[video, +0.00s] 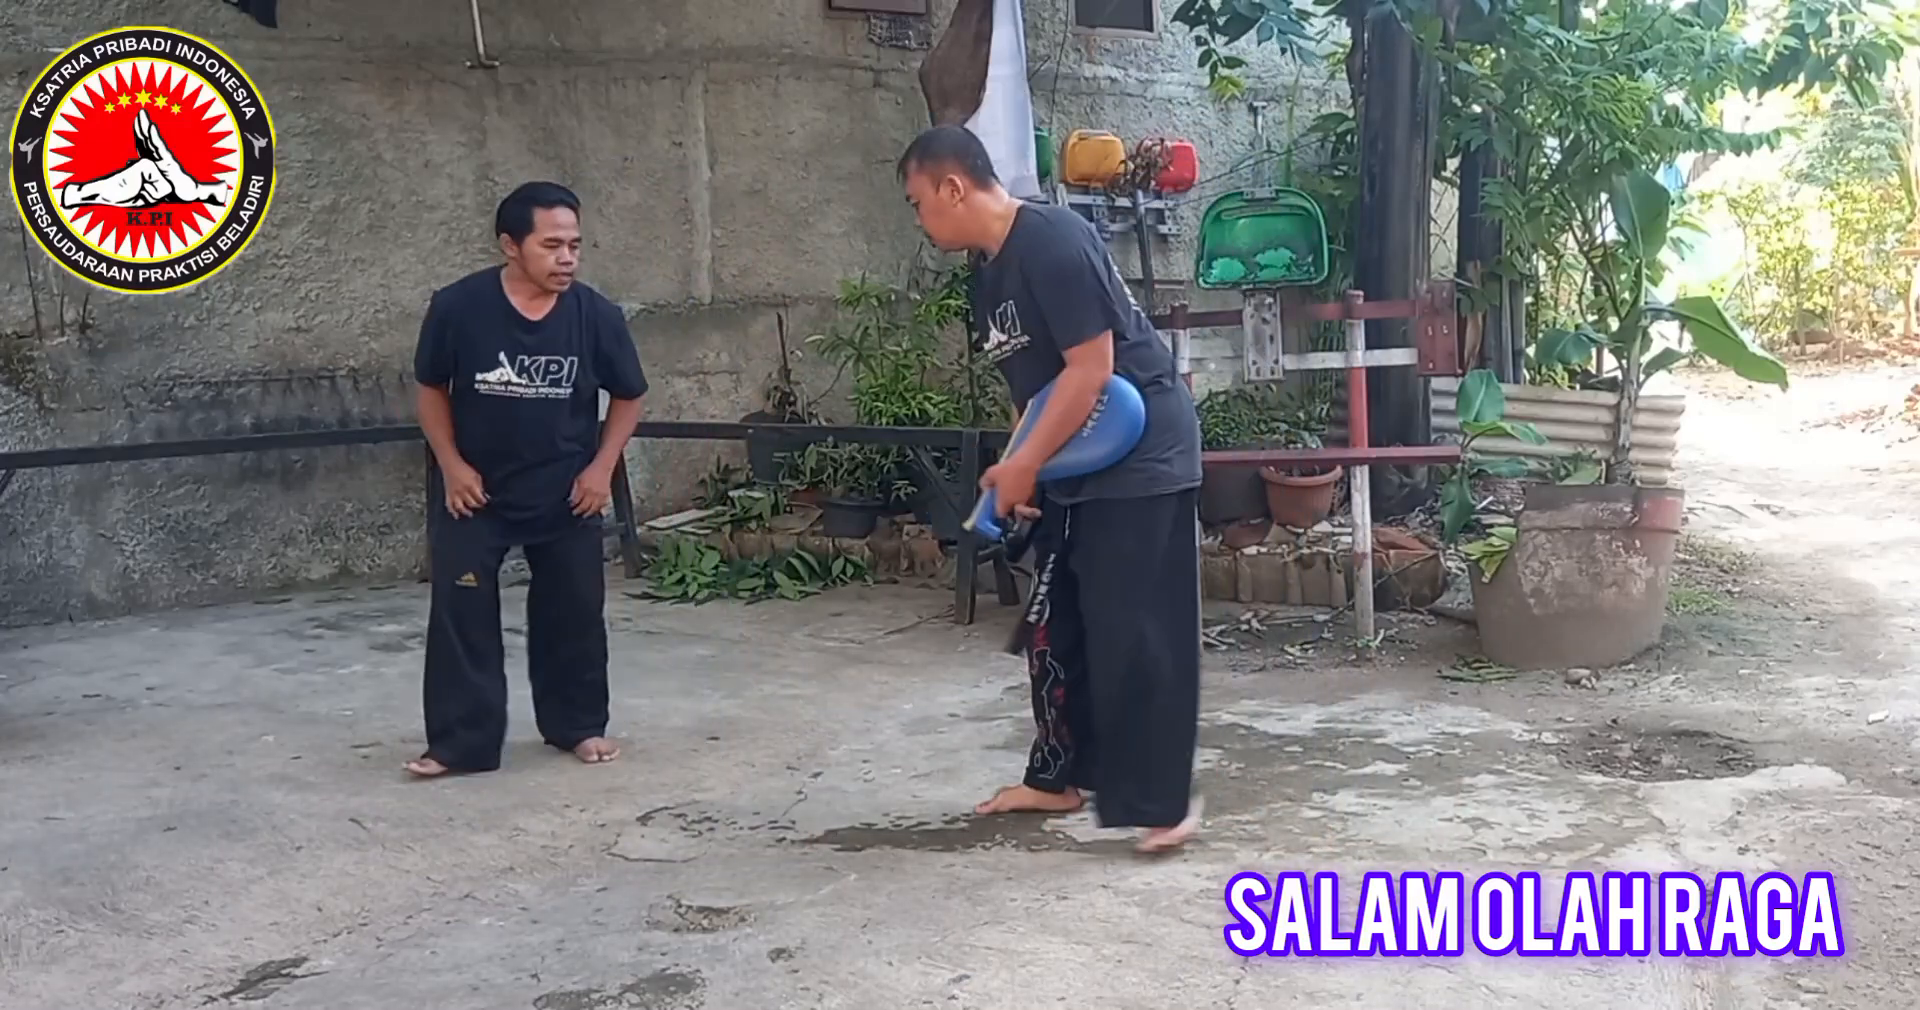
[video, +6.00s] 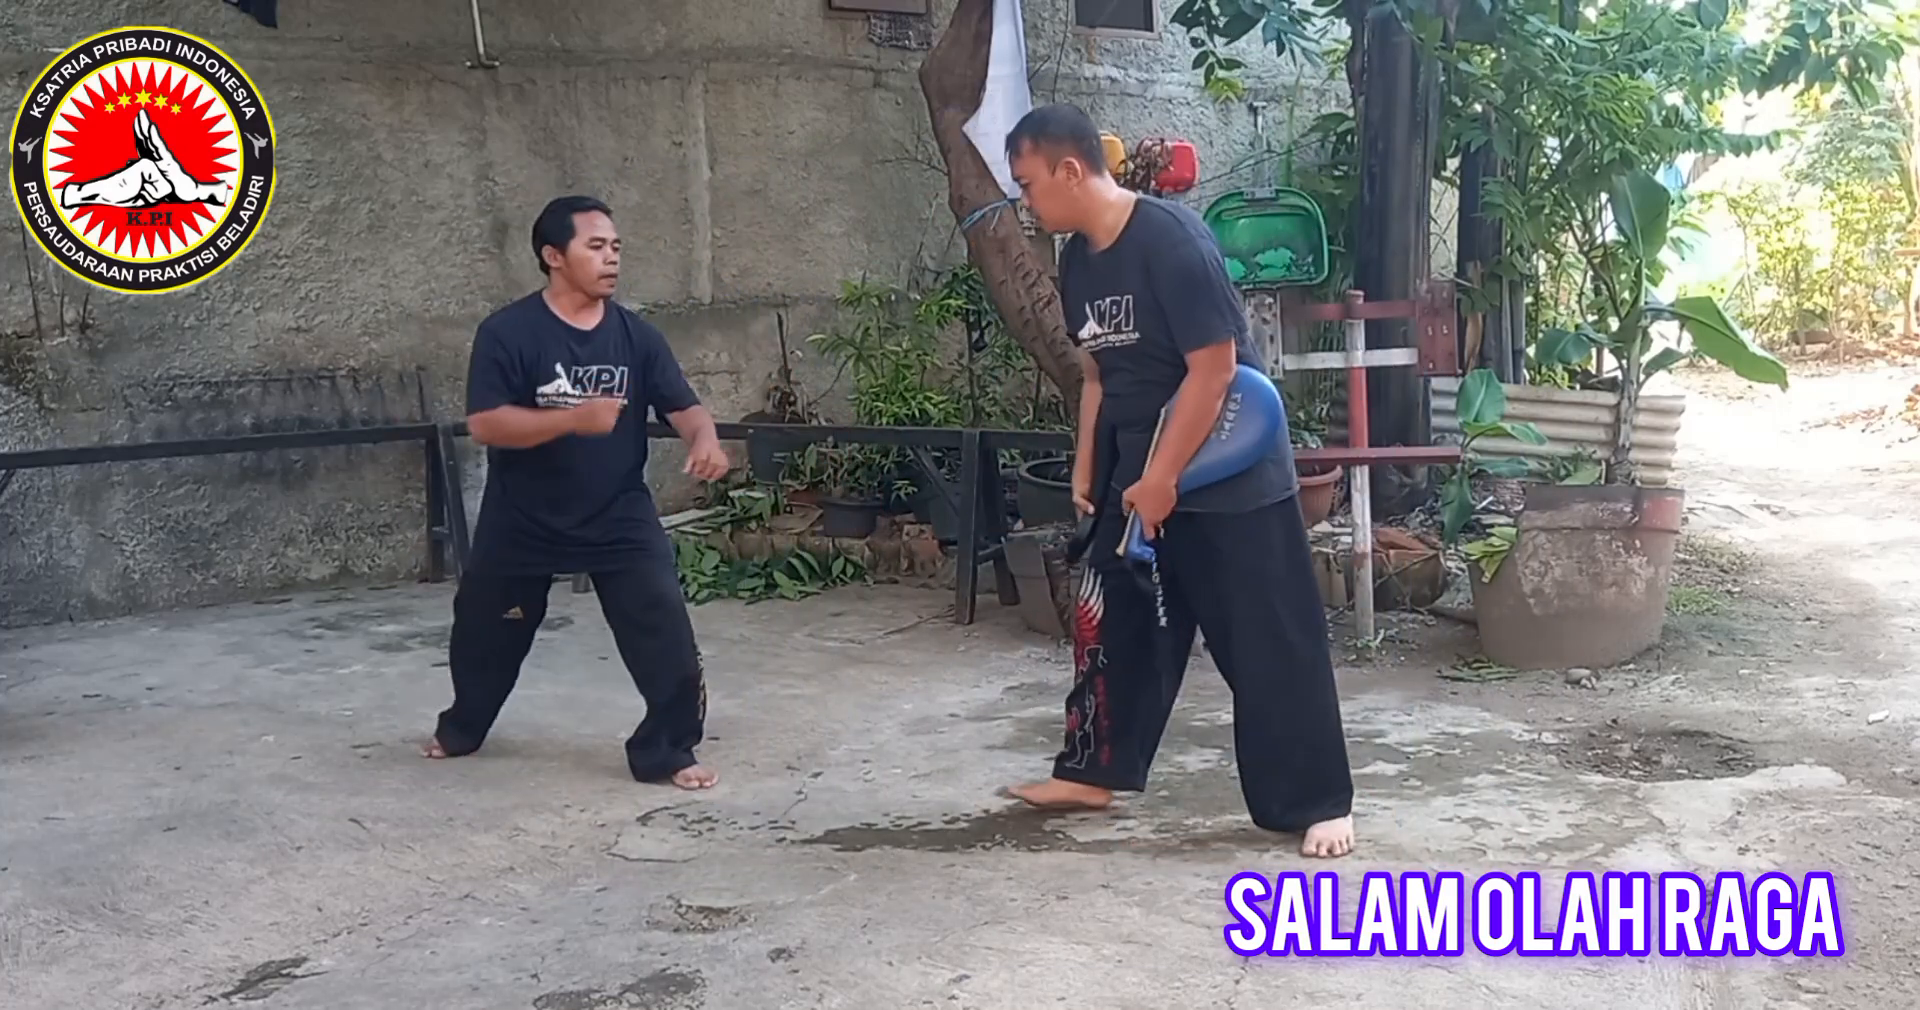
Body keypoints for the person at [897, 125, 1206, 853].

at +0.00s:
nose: (920, 225)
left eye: (920, 205)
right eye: (915, 208)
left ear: (954, 188)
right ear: (958, 189)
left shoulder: (1051, 239)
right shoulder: (990, 276)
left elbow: (1093, 368)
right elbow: (1031, 389)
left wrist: (1022, 463)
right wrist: (1021, 472)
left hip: (1144, 462)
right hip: (1078, 467)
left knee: (1139, 628)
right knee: (1059, 623)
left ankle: (1164, 804)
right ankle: (1058, 779)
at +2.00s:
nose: (1003, 250)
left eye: (1005, 234)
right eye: (998, 237)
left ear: (1047, 222)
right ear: (1047, 223)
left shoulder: (1158, 275)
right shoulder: (1052, 301)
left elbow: (1231, 389)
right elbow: (999, 370)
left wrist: (1169, 490)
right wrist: (921, 321)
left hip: (1247, 493)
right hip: (1156, 498)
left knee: (1308, 647)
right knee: (1109, 634)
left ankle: (1396, 815)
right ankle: (1106, 791)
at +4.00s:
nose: (1373, 102)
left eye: (1386, 82)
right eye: (1372, 86)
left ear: (1443, 79)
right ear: (1429, 86)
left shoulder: (1520, 188)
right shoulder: (1412, 188)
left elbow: (1522, 337)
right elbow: (1414, 326)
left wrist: (1409, 397)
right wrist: (1373, 411)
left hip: (1497, 483)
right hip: (1408, 468)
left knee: (1517, 671)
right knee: (1392, 647)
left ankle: (1543, 853)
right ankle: (1379, 806)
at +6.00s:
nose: (1025, 202)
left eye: (1029, 184)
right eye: (1022, 187)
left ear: (1072, 170)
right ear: (1069, 175)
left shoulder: (1171, 237)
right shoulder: (1076, 260)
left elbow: (1214, 365)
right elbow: (1098, 374)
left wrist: (1163, 475)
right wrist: (1086, 463)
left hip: (1232, 481)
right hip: (1141, 485)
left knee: (1273, 644)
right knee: (1122, 631)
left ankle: (1322, 805)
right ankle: (1095, 772)